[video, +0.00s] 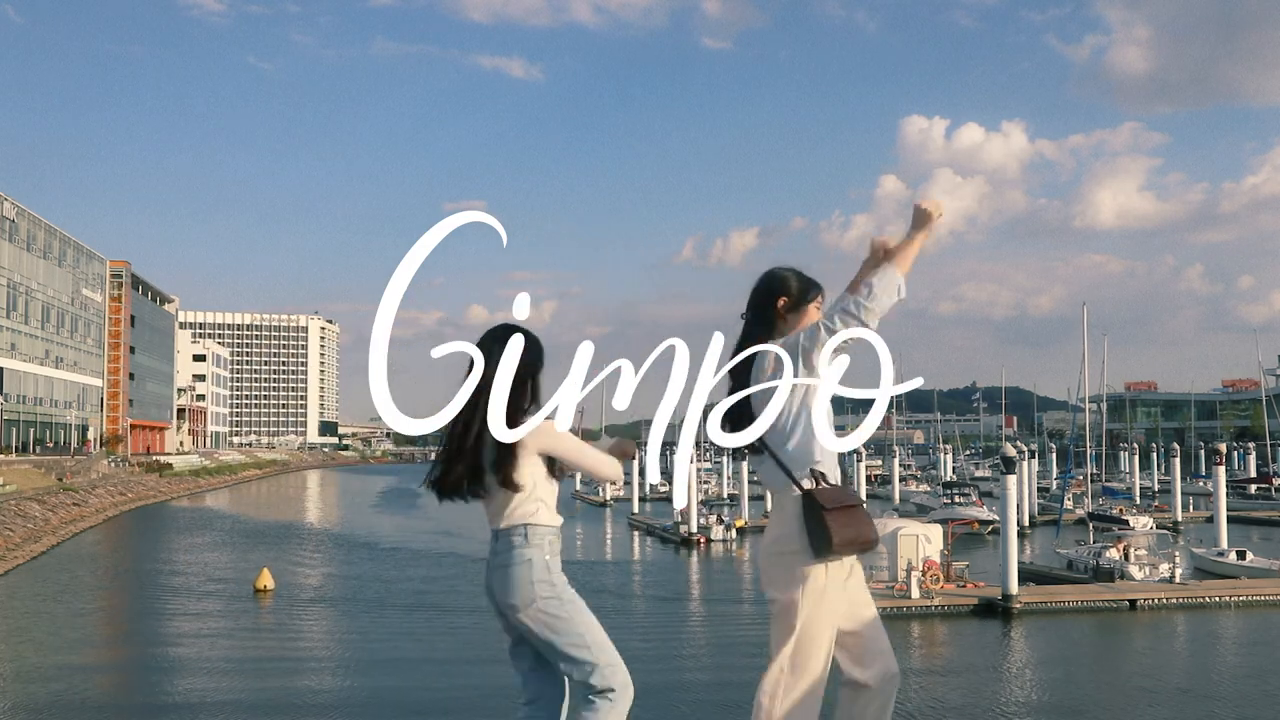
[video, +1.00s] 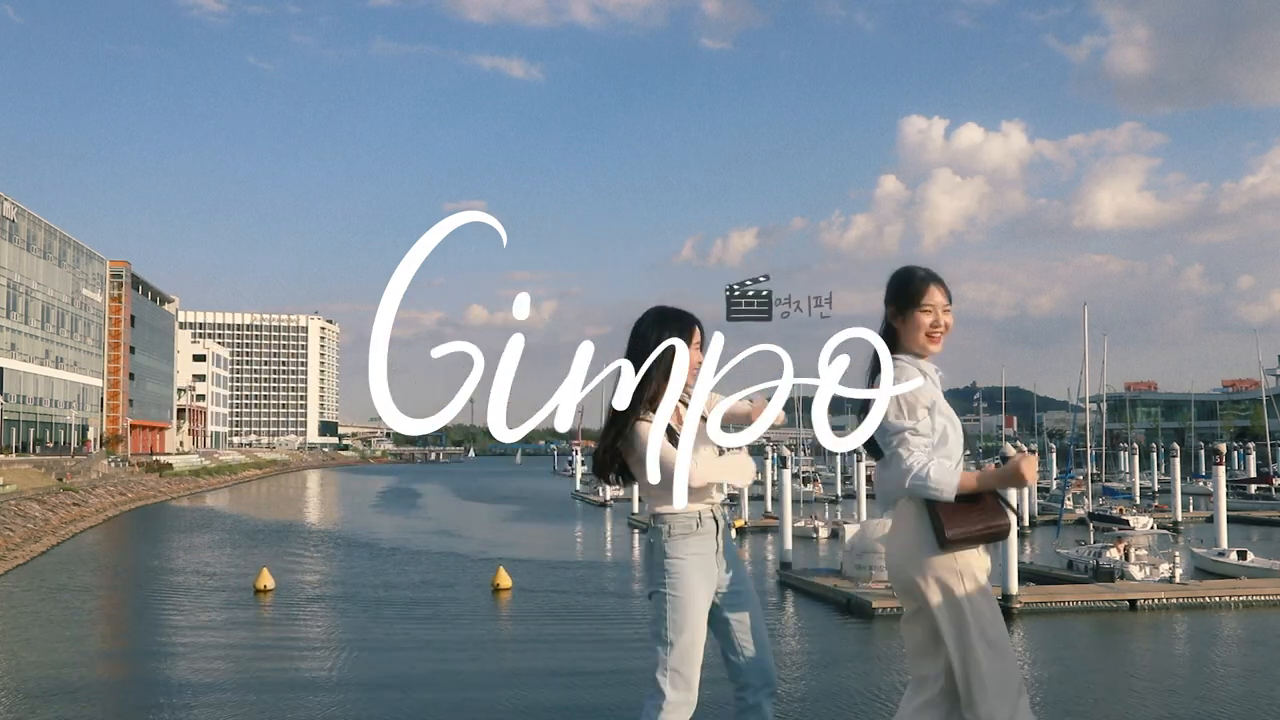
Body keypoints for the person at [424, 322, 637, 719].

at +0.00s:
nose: (538, 380)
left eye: (535, 371)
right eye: (535, 370)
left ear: (482, 370)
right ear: (528, 374)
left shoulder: (479, 434)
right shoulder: (535, 429)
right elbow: (612, 471)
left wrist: (568, 447)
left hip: (504, 574)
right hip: (535, 575)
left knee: (542, 697)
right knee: (612, 687)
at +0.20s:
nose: (578, 370)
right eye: (574, 360)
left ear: (512, 366)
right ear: (566, 366)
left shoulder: (502, 423)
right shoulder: (580, 420)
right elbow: (644, 455)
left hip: (531, 557)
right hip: (584, 555)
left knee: (547, 688)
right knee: (617, 684)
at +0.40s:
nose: (610, 367)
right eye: (606, 360)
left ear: (548, 367)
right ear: (603, 365)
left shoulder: (544, 422)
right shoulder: (619, 419)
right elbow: (686, 443)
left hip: (569, 559)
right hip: (621, 557)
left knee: (562, 669)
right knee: (659, 677)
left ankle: (549, 713)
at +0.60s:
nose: (649, 386)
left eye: (645, 377)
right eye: (644, 377)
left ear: (588, 384)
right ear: (637, 383)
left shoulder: (586, 444)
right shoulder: (640, 439)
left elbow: (642, 483)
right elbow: (721, 487)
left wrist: (684, 443)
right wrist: (701, 507)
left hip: (605, 577)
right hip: (645, 578)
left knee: (605, 703)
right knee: (696, 702)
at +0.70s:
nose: (664, 386)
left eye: (662, 377)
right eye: (658, 377)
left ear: (617, 389)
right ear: (639, 385)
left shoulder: (612, 450)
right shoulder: (643, 450)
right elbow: (710, 495)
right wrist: (699, 451)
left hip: (627, 585)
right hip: (654, 587)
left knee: (655, 702)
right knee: (700, 705)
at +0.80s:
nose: (676, 380)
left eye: (675, 370)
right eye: (669, 370)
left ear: (646, 377)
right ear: (648, 375)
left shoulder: (658, 427)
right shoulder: (635, 441)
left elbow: (709, 457)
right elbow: (705, 475)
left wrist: (727, 427)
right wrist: (733, 426)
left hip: (672, 568)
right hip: (656, 573)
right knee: (696, 701)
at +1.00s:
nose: (700, 357)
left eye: (700, 347)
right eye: (691, 347)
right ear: (661, 353)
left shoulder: (691, 405)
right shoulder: (640, 424)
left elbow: (738, 411)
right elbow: (691, 471)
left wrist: (757, 411)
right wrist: (738, 464)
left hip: (721, 543)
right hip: (680, 547)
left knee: (758, 679)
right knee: (677, 691)